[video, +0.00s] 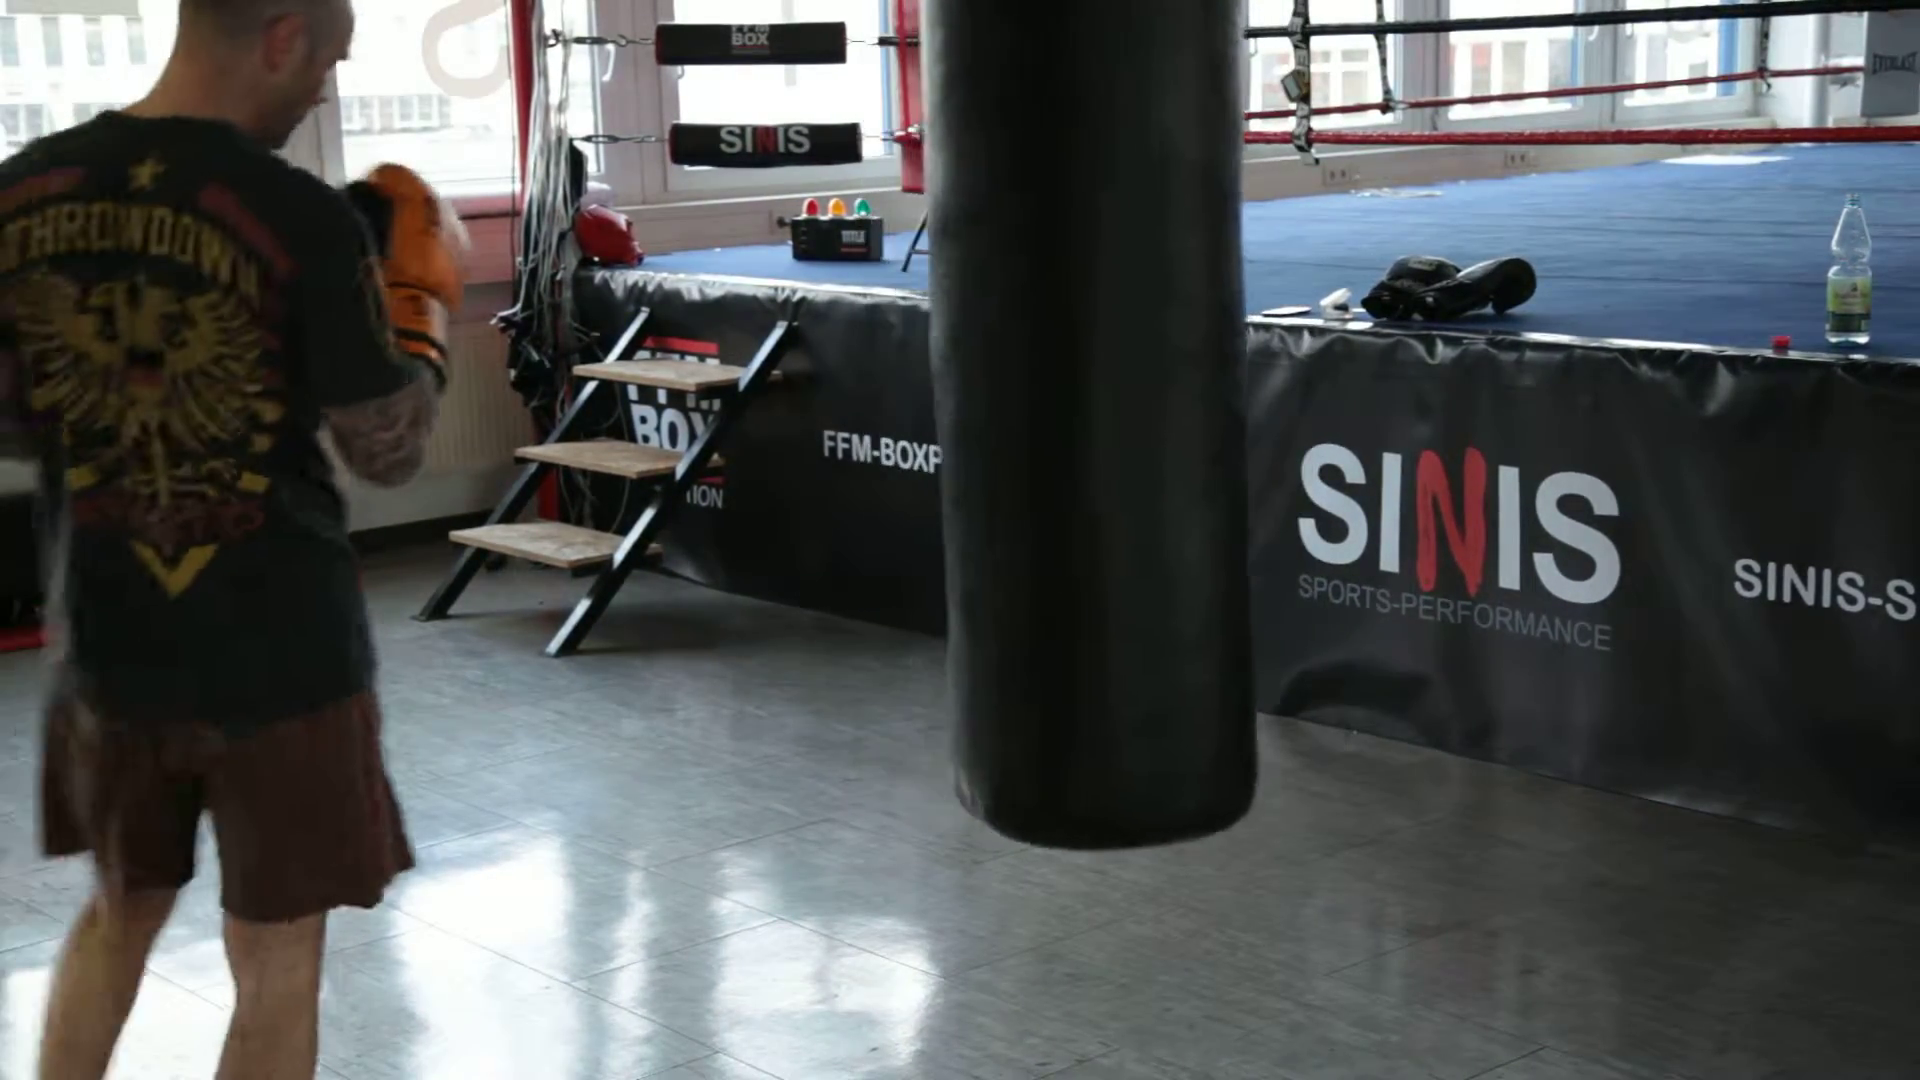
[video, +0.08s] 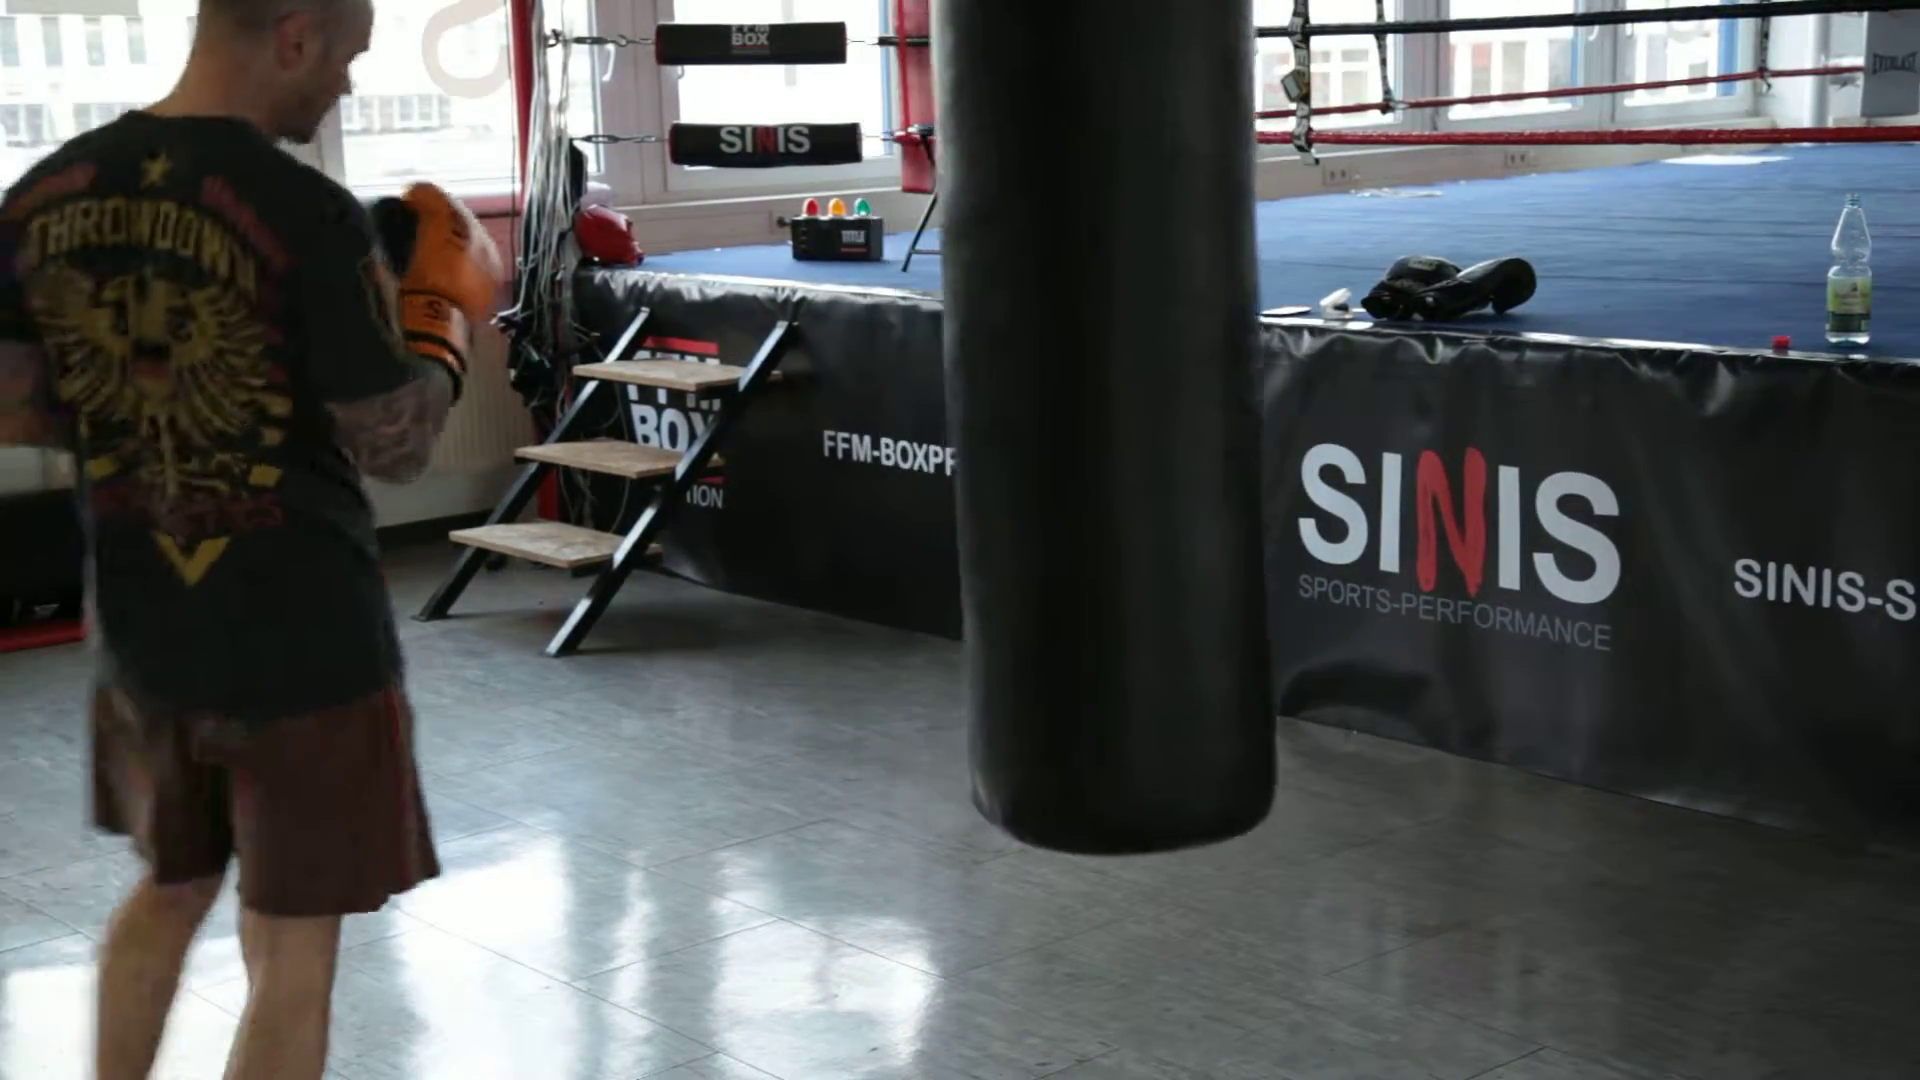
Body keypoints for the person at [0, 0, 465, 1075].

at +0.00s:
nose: (328, 94)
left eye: (337, 67)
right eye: (333, 62)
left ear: (191, 30)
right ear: (281, 38)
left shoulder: (23, 186)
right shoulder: (299, 216)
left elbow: (24, 414)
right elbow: (388, 446)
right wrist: (433, 297)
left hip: (108, 630)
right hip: (273, 639)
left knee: (120, 900)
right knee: (276, 966)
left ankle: (60, 1078)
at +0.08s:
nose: (346, 88)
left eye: (354, 64)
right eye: (349, 59)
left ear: (222, 30)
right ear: (293, 36)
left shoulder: (47, 194)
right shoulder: (304, 214)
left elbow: (19, 405)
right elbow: (396, 440)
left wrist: (150, 409)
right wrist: (455, 313)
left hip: (140, 628)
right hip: (295, 635)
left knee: (171, 878)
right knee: (291, 969)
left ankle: (114, 1072)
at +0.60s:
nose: (474, 96)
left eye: (480, 71)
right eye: (449, 76)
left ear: (482, 53)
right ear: (364, 61)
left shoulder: (432, 195)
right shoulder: (291, 208)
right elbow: (256, 424)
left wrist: (536, 385)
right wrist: (413, 372)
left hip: (455, 577)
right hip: (366, 600)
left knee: (531, 802)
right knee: (374, 890)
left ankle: (481, 1046)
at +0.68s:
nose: (484, 78)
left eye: (491, 51)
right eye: (456, 56)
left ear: (496, 43)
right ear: (375, 50)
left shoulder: (479, 176)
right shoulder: (302, 193)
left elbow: (480, 370)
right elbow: (242, 396)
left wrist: (558, 365)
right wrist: (388, 344)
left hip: (482, 553)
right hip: (377, 570)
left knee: (541, 797)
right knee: (385, 847)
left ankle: (482, 1043)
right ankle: (263, 1079)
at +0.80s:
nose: (490, 22)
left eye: (497, 4)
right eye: (464, 4)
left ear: (505, 13)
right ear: (392, 11)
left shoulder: (520, 146)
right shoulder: (298, 156)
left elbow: (541, 308)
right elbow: (229, 341)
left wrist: (598, 317)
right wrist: (353, 307)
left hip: (517, 520)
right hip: (392, 535)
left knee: (536, 779)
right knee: (388, 818)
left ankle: (501, 1012)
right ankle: (290, 1065)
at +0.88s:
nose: (489, 25)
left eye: (498, 7)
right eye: (463, 7)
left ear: (508, 17)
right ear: (391, 11)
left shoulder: (528, 151)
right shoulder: (300, 156)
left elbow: (536, 309)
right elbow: (225, 342)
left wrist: (606, 306)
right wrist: (353, 313)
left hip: (533, 522)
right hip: (396, 537)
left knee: (562, 783)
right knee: (398, 826)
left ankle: (534, 1002)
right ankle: (288, 1038)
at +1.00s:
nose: (481, 69)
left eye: (490, 45)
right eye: (455, 47)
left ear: (500, 42)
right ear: (381, 44)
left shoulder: (522, 190)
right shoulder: (300, 206)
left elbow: (554, 346)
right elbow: (243, 393)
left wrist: (637, 336)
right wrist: (360, 363)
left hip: (540, 548)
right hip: (400, 563)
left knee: (575, 802)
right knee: (389, 842)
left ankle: (534, 1020)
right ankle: (308, 996)